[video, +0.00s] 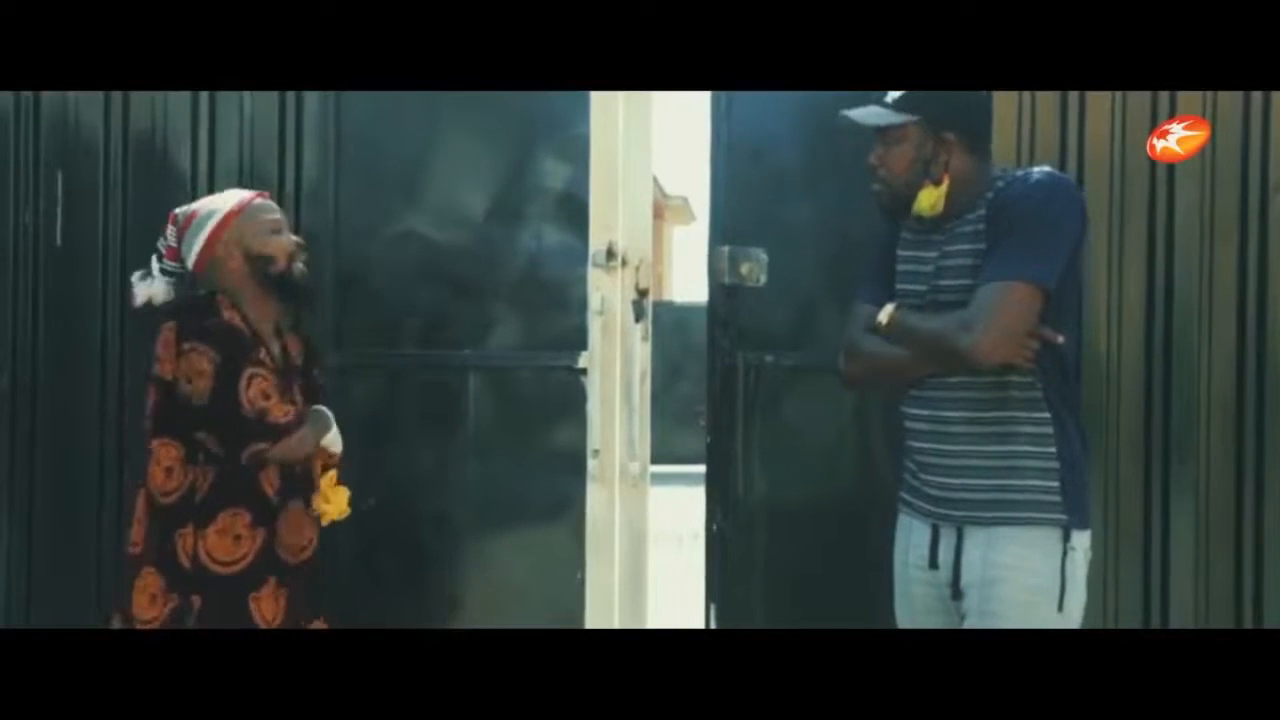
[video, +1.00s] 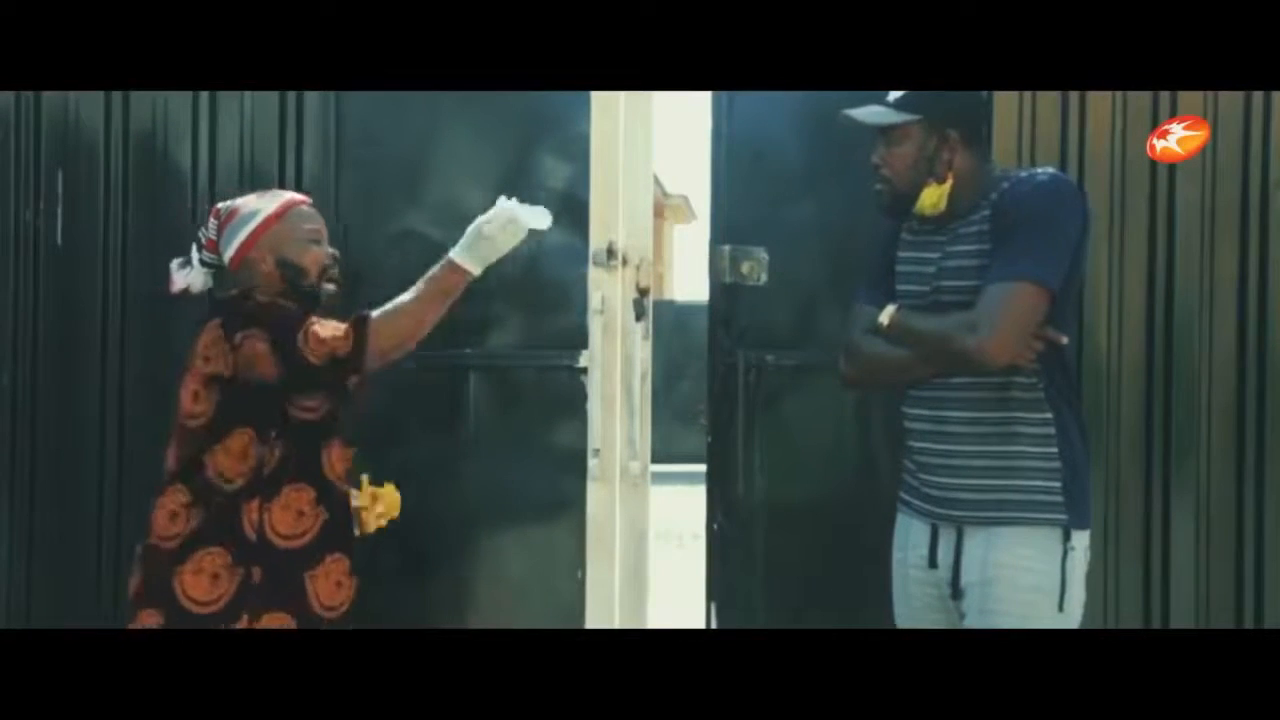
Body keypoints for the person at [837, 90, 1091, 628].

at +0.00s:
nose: (873, 160)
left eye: (890, 142)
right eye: (874, 143)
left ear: (946, 146)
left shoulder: (1040, 196)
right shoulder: (902, 224)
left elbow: (989, 342)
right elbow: (854, 360)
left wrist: (890, 317)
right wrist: (975, 339)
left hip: (1025, 523)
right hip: (922, 514)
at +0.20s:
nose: (872, 160)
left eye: (889, 142)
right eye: (874, 142)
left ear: (944, 145)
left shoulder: (1039, 196)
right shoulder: (903, 224)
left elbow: (987, 342)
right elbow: (853, 361)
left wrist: (889, 318)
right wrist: (975, 339)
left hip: (1025, 523)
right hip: (922, 514)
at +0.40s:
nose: (871, 160)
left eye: (888, 142)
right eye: (873, 143)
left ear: (944, 145)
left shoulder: (1039, 196)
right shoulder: (902, 225)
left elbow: (987, 343)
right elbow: (853, 362)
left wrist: (890, 319)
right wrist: (976, 340)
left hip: (1025, 523)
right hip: (922, 514)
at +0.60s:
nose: (872, 160)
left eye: (889, 143)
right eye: (874, 143)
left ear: (945, 147)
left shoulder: (1040, 196)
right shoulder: (901, 223)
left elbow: (990, 343)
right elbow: (854, 361)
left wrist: (890, 319)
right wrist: (977, 339)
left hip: (1025, 521)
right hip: (922, 512)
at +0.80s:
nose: (874, 160)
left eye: (891, 143)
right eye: (875, 143)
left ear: (947, 147)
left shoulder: (1041, 197)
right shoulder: (901, 224)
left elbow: (992, 343)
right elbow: (854, 361)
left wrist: (889, 319)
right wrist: (979, 339)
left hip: (1025, 521)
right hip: (922, 512)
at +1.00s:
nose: (875, 159)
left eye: (892, 142)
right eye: (877, 142)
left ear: (948, 145)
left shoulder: (1042, 197)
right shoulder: (902, 224)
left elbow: (994, 343)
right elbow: (855, 362)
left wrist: (890, 319)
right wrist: (979, 338)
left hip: (1025, 522)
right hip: (922, 513)